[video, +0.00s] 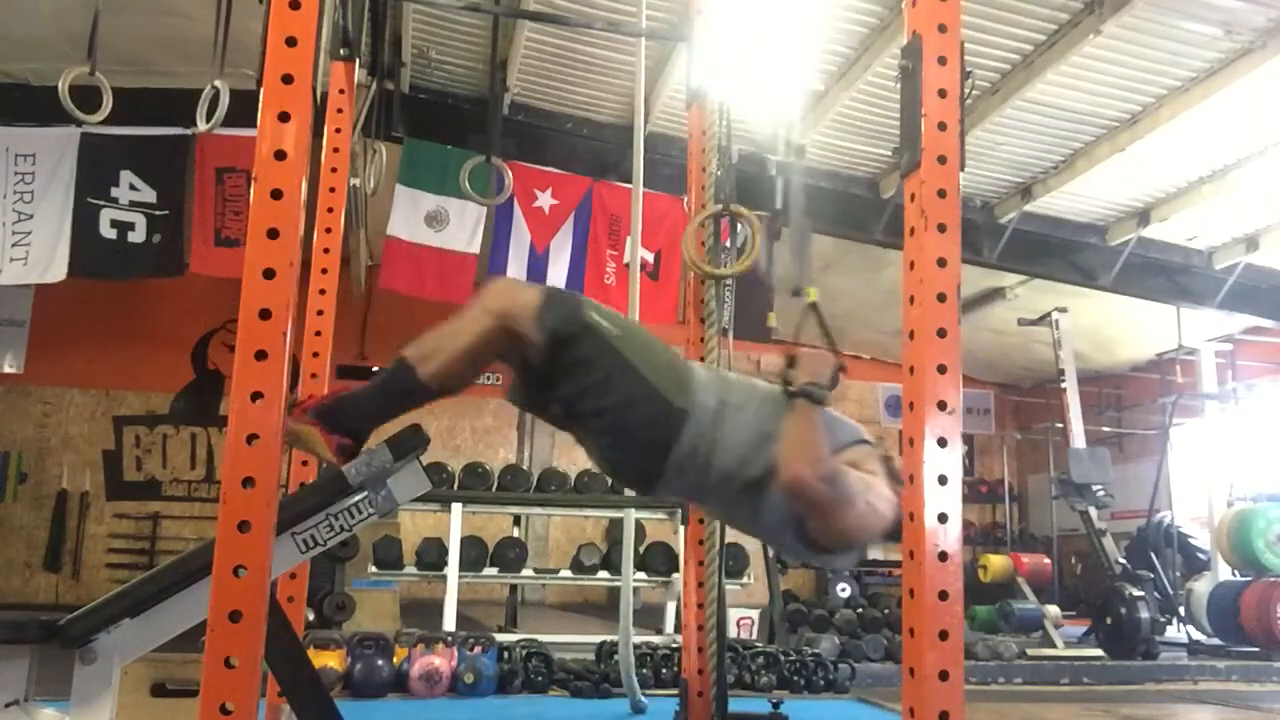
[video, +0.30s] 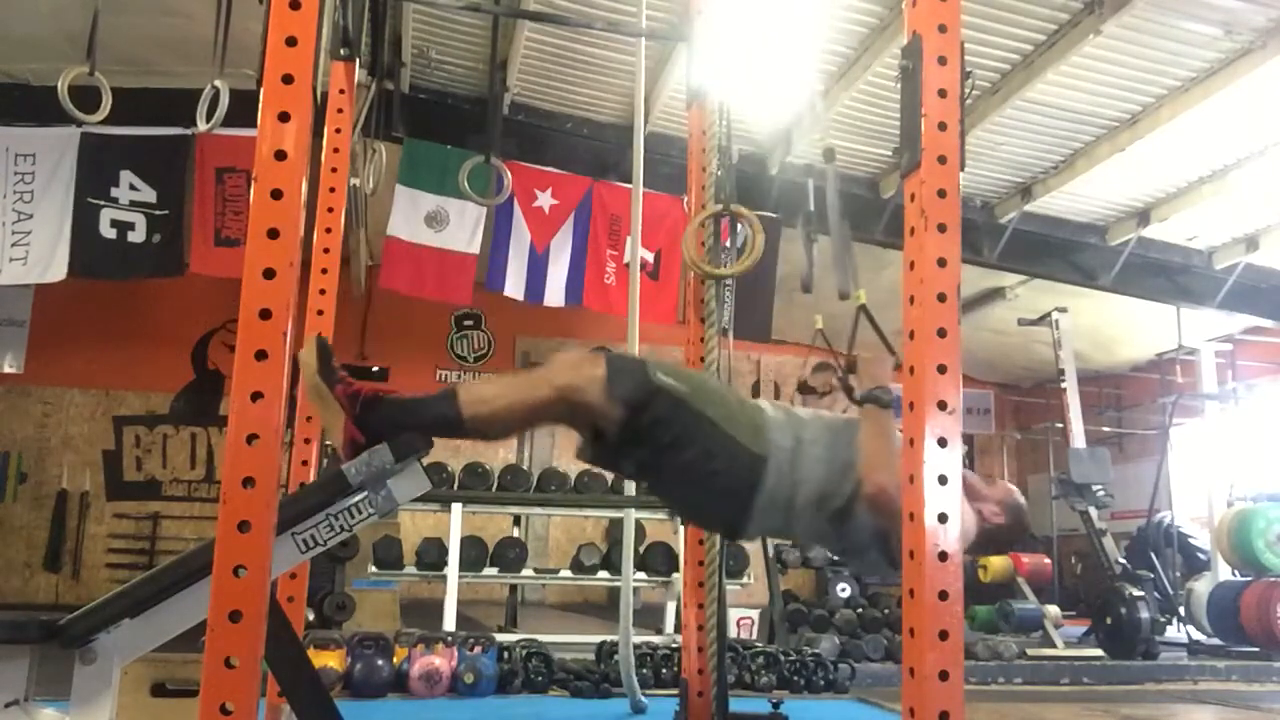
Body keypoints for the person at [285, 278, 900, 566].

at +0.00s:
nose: (890, 461)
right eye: (897, 466)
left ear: (885, 517)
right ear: (903, 470)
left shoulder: (860, 520)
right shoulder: (856, 450)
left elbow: (805, 476)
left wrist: (809, 393)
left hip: (671, 431)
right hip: (678, 394)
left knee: (512, 304)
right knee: (505, 301)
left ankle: (351, 417)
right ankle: (363, 399)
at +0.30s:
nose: (983, 492)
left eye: (995, 503)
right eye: (991, 487)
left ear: (986, 534)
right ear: (977, 484)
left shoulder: (930, 552)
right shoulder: (928, 488)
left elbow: (885, 494)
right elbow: (870, 440)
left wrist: (882, 412)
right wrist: (885, 399)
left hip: (752, 472)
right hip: (747, 433)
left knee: (580, 381)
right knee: (561, 362)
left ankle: (379, 415)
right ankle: (397, 420)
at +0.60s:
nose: (988, 509)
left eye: (999, 523)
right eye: (998, 507)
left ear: (989, 563)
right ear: (978, 518)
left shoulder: (948, 564)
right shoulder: (931, 528)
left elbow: (888, 492)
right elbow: (863, 451)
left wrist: (894, 420)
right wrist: (892, 422)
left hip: (768, 511)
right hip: (756, 496)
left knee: (601, 423)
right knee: (588, 428)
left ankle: (389, 415)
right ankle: (394, 420)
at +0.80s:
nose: (975, 571)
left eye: (984, 586)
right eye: (986, 568)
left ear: (974, 613)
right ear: (973, 561)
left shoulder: (921, 622)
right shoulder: (914, 565)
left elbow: (885, 515)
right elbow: (876, 497)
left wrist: (905, 445)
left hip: (755, 544)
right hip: (750, 503)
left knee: (595, 434)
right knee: (574, 429)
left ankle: (378, 410)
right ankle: (382, 420)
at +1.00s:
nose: (947, 610)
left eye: (953, 629)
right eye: (957, 617)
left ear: (939, 659)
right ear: (942, 629)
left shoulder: (897, 649)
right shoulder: (890, 615)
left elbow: (876, 517)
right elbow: (871, 513)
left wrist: (852, 415)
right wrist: (844, 412)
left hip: (731, 554)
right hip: (734, 521)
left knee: (590, 432)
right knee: (576, 426)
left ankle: (382, 415)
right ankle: (390, 415)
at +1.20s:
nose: (944, 574)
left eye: (956, 587)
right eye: (958, 579)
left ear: (942, 661)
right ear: (951, 648)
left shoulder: (895, 658)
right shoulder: (896, 631)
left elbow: (871, 521)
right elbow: (875, 520)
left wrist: (857, 419)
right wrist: (834, 418)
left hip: (717, 576)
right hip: (734, 537)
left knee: (575, 438)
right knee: (581, 422)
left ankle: (372, 409)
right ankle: (384, 409)